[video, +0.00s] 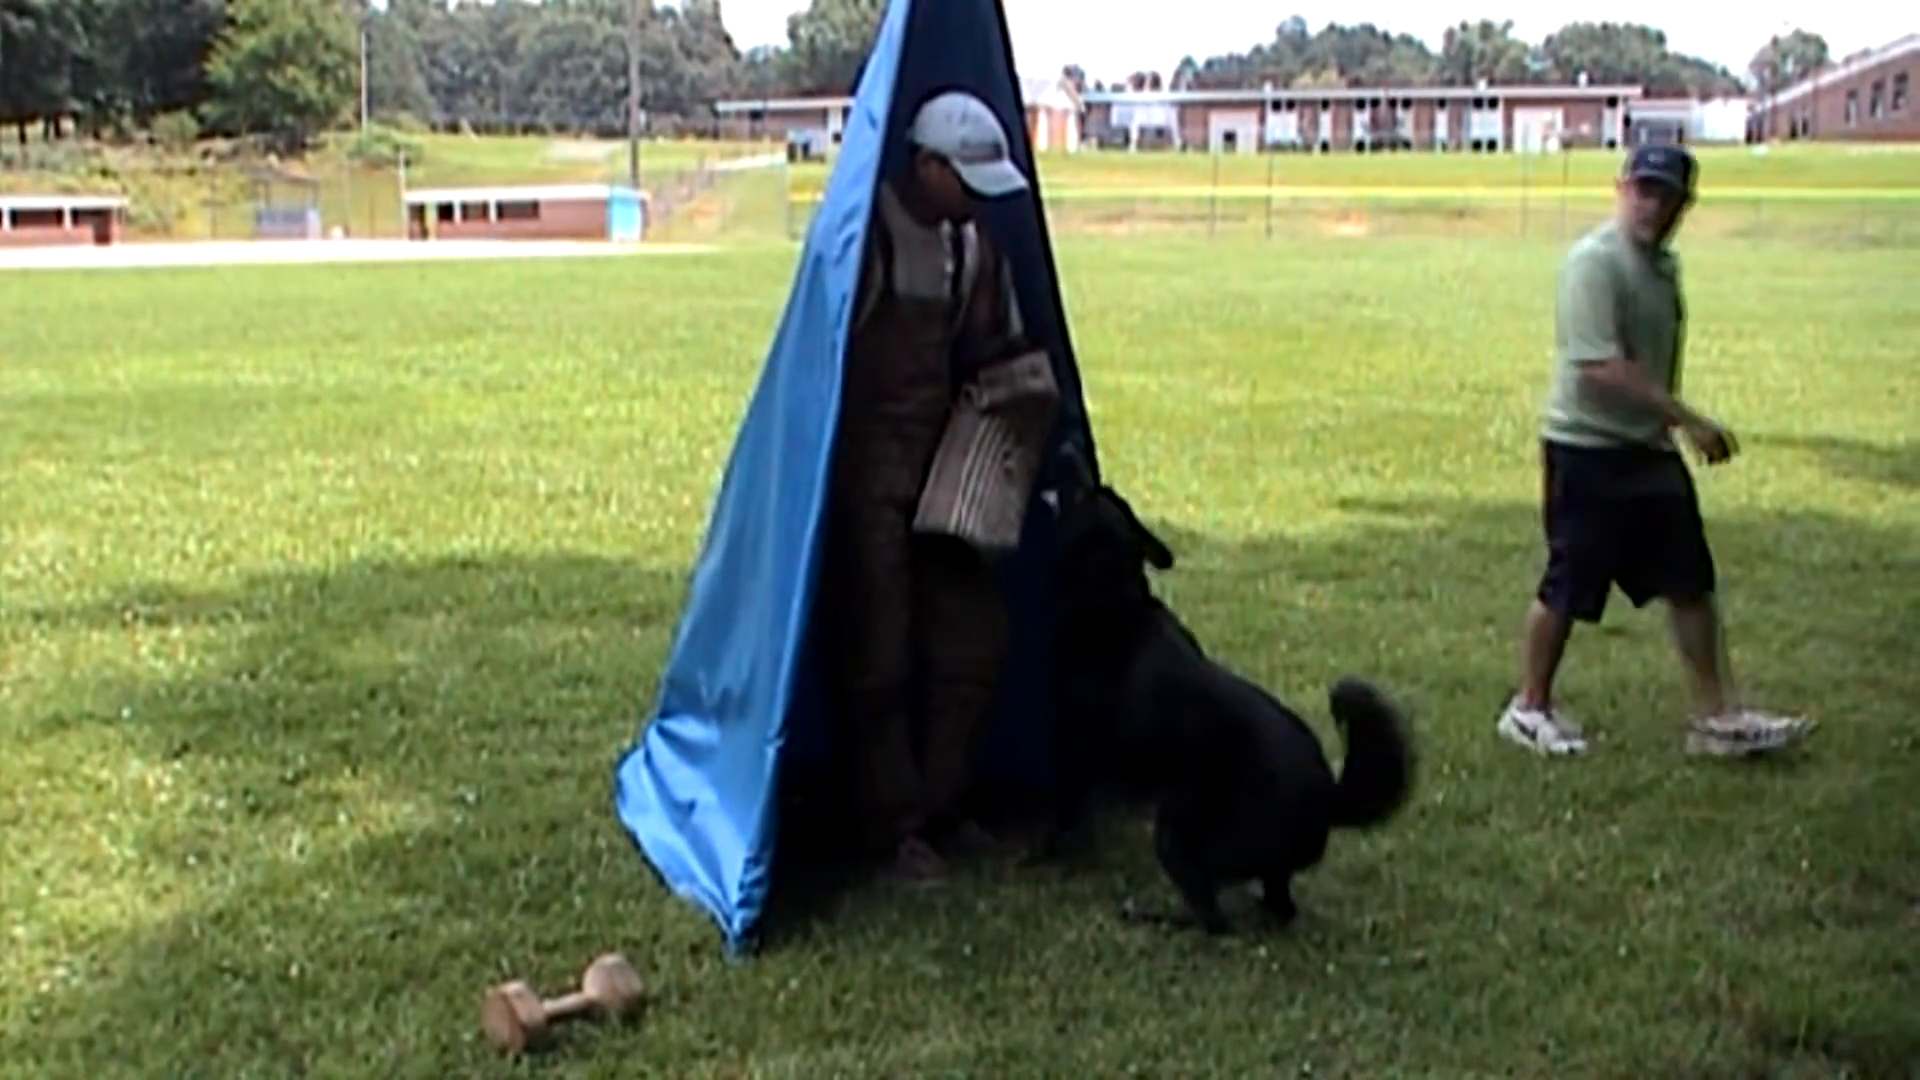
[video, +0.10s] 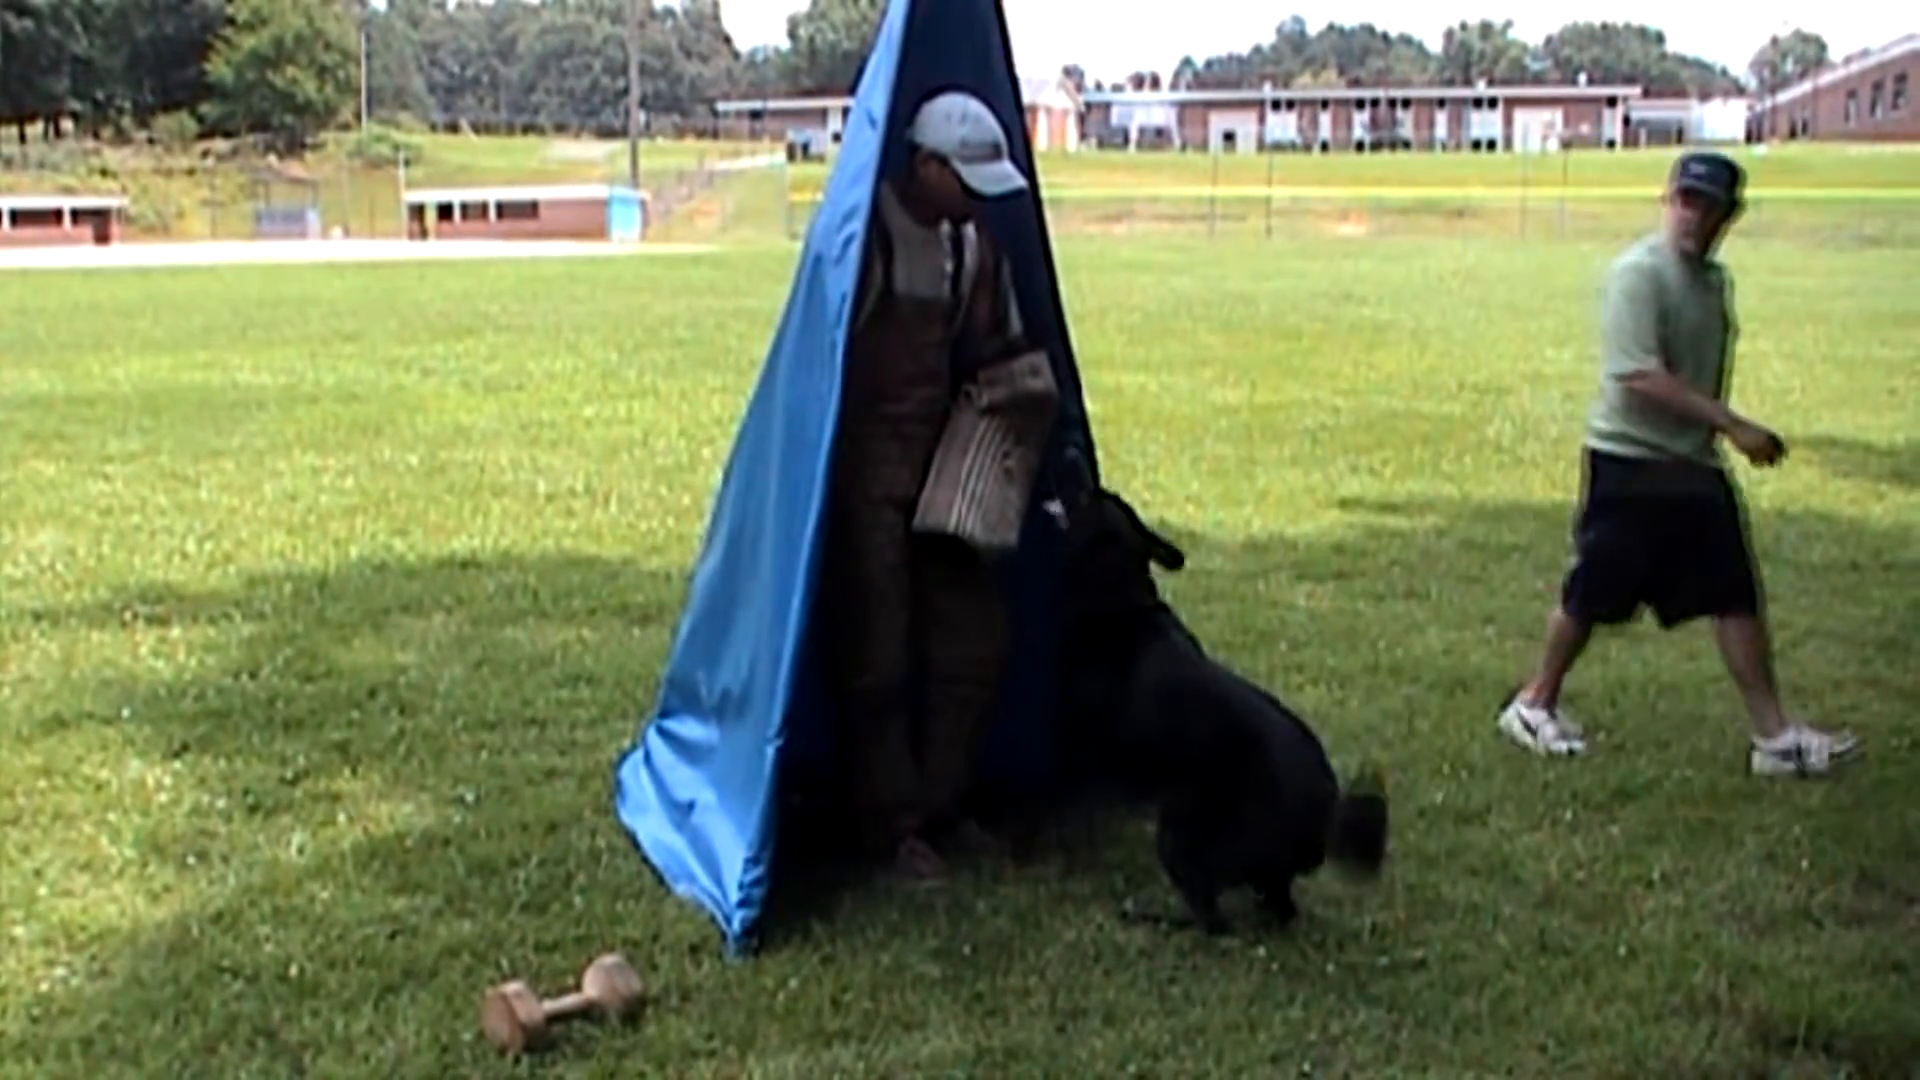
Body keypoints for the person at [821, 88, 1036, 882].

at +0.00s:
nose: (973, 200)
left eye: (981, 186)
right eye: (964, 183)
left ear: (976, 175)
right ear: (923, 165)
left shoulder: (978, 248)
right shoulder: (860, 243)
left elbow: (1002, 359)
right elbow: (820, 366)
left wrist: (1022, 384)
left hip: (957, 482)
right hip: (870, 483)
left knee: (966, 644)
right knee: (883, 656)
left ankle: (946, 811)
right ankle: (894, 829)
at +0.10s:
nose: (973, 200)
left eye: (981, 186)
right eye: (964, 183)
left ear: (976, 175)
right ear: (923, 164)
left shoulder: (978, 248)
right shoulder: (859, 243)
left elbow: (1004, 359)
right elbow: (819, 366)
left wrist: (1021, 384)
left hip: (957, 484)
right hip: (869, 485)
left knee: (966, 645)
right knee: (882, 658)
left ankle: (948, 811)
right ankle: (894, 829)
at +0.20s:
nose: (972, 199)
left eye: (979, 185)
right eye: (963, 182)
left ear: (973, 174)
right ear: (922, 164)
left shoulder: (977, 249)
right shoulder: (859, 243)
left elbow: (1005, 359)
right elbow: (818, 364)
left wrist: (1021, 383)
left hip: (956, 484)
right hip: (868, 484)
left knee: (965, 645)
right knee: (881, 657)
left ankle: (947, 810)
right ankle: (893, 828)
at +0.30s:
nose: (972, 199)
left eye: (979, 186)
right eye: (963, 183)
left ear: (974, 175)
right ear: (921, 164)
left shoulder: (977, 249)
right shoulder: (858, 244)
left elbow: (1005, 359)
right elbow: (818, 364)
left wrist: (1023, 392)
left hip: (956, 482)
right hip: (868, 483)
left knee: (965, 645)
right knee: (882, 656)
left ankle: (946, 811)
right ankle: (895, 828)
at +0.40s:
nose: (970, 199)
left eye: (977, 186)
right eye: (962, 182)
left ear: (972, 174)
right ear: (920, 164)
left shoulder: (975, 248)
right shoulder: (857, 242)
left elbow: (1000, 357)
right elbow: (817, 364)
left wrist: (1019, 390)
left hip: (955, 479)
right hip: (867, 480)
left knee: (962, 643)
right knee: (880, 655)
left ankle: (945, 812)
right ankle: (892, 829)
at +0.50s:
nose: (970, 199)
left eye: (977, 185)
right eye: (961, 182)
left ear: (971, 174)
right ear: (919, 163)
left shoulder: (974, 247)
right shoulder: (857, 242)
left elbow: (999, 358)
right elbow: (817, 364)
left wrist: (1019, 387)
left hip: (954, 480)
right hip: (866, 481)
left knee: (962, 642)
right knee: (879, 654)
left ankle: (944, 809)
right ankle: (892, 828)